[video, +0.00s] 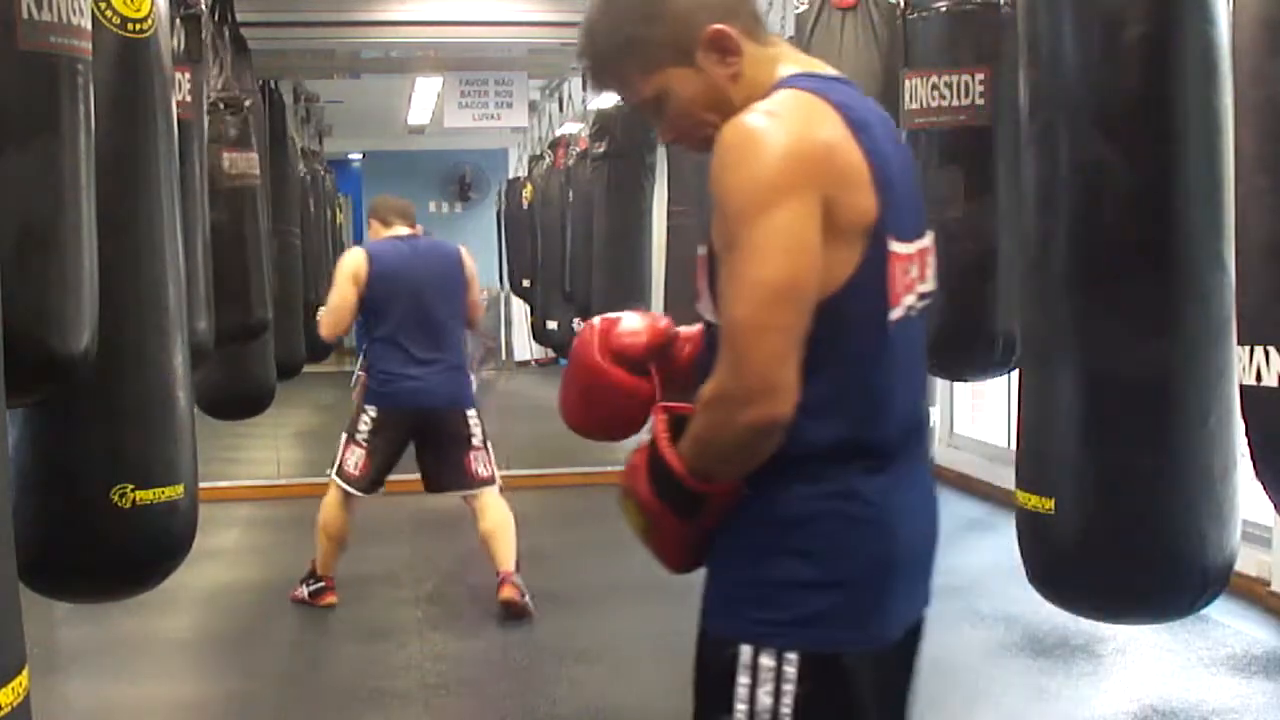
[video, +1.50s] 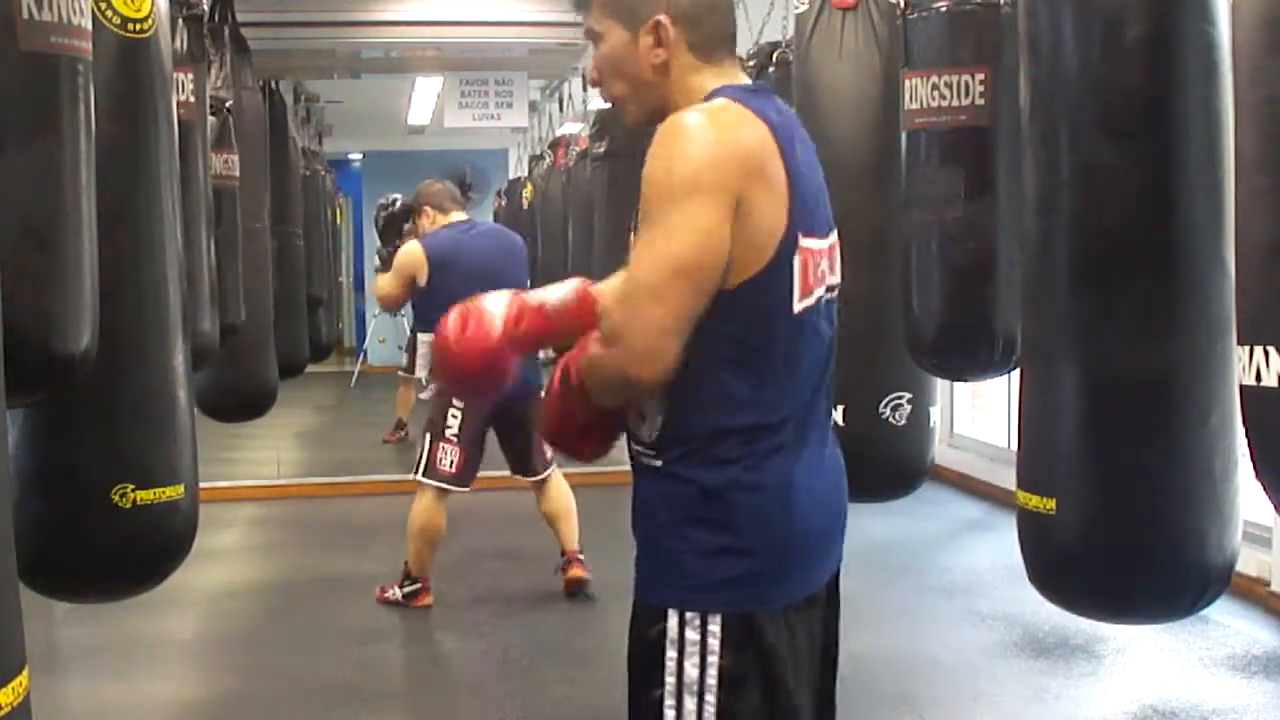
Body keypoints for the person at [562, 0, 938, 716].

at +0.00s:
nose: (663, 133)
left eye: (659, 103)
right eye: (647, 114)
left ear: (723, 51)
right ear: (727, 51)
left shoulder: (768, 136)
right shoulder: (845, 113)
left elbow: (758, 400)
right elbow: (838, 346)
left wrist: (671, 484)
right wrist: (683, 357)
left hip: (805, 551)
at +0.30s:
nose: (610, 127)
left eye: (609, 95)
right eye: (595, 107)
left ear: (680, 42)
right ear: (685, 44)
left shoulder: (722, 146)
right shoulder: (801, 115)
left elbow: (674, 396)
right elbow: (798, 312)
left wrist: (544, 513)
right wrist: (668, 322)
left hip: (749, 547)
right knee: (814, 706)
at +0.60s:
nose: (608, 121)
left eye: (609, 91)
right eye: (597, 101)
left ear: (677, 43)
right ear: (682, 43)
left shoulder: (725, 137)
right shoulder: (793, 113)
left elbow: (659, 373)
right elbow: (766, 320)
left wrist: (548, 451)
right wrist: (647, 285)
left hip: (738, 539)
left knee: (719, 711)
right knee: (825, 708)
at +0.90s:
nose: (616, 122)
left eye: (615, 93)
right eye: (604, 102)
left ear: (684, 52)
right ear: (687, 55)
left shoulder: (741, 137)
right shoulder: (751, 118)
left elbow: (644, 371)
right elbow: (640, 252)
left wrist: (583, 406)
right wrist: (547, 301)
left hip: (732, 546)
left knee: (716, 711)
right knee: (824, 706)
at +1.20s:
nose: (594, 80)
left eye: (604, 46)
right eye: (587, 54)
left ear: (685, 30)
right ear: (683, 38)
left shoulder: (736, 126)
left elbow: (598, 319)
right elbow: (591, 249)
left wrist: (614, 383)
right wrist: (551, 351)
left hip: (729, 536)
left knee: (714, 710)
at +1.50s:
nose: (590, 71)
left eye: (596, 39)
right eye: (588, 43)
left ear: (659, 39)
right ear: (661, 40)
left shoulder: (701, 135)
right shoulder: (765, 119)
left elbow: (639, 355)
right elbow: (673, 276)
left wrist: (586, 394)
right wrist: (529, 318)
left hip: (719, 528)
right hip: (790, 502)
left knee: (695, 710)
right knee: (789, 706)